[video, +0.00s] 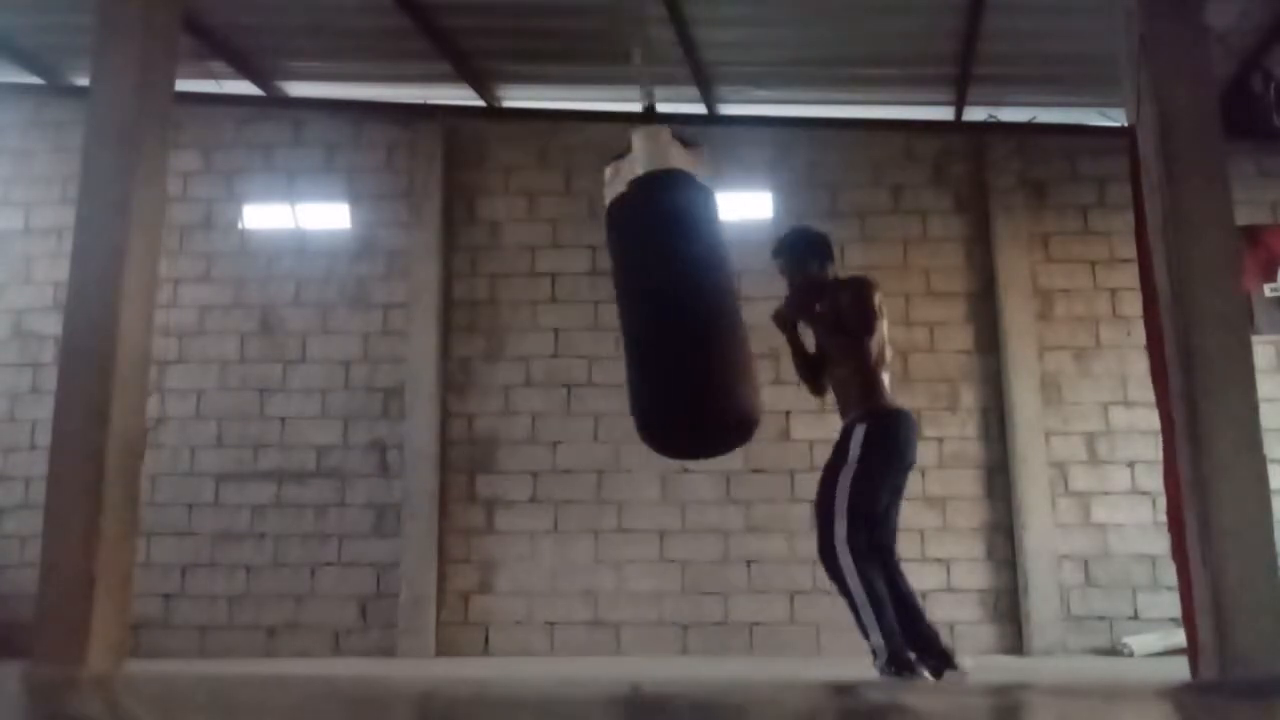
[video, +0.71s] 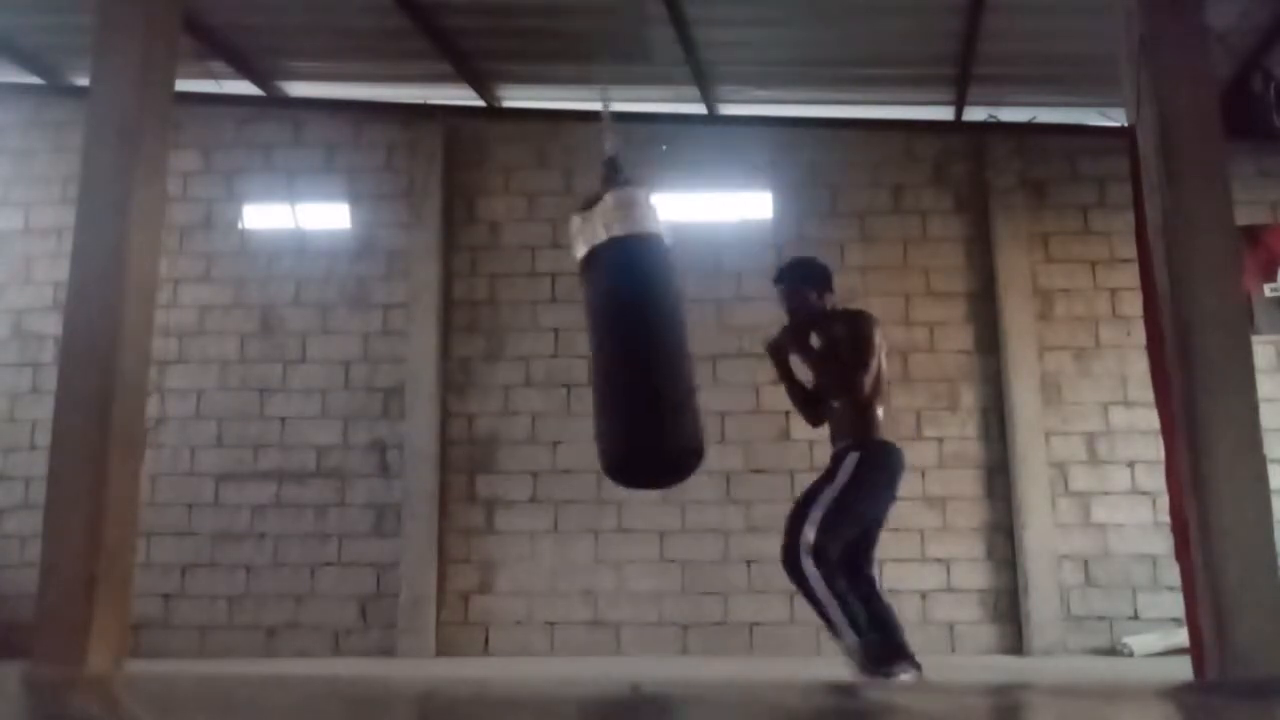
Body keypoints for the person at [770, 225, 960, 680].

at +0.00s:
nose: (784, 283)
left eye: (787, 271)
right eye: (782, 273)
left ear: (813, 265)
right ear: (812, 267)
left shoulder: (856, 290)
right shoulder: (823, 313)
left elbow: (868, 353)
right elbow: (816, 382)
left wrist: (818, 314)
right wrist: (791, 334)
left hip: (872, 430)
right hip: (886, 430)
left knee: (840, 544)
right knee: (876, 549)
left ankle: (896, 664)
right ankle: (933, 657)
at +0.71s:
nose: (786, 307)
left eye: (792, 296)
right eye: (783, 298)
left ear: (818, 295)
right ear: (801, 300)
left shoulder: (859, 325)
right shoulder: (815, 344)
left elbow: (858, 389)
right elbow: (813, 414)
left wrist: (805, 348)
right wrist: (782, 365)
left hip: (865, 458)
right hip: (864, 460)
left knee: (803, 550)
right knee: (851, 567)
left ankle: (869, 658)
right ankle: (897, 663)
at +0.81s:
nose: (782, 296)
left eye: (788, 284)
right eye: (780, 286)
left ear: (813, 281)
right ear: (792, 286)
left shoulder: (850, 316)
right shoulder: (802, 335)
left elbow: (854, 374)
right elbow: (789, 401)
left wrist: (803, 333)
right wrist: (770, 350)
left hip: (855, 449)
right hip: (842, 452)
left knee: (802, 532)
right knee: (850, 569)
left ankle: (816, 665)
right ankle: (906, 673)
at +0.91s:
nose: (777, 297)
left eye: (784, 286)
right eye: (775, 287)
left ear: (809, 286)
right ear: (777, 290)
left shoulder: (843, 325)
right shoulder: (787, 338)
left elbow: (851, 370)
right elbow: (763, 406)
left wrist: (798, 340)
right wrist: (754, 352)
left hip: (844, 460)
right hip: (823, 462)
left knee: (807, 566)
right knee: (843, 581)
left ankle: (769, 678)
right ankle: (909, 679)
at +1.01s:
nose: (760, 310)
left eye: (766, 300)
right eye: (758, 300)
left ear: (791, 299)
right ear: (765, 300)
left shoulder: (828, 339)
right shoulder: (768, 348)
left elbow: (834, 411)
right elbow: (747, 419)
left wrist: (779, 364)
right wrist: (745, 370)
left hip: (828, 471)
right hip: (805, 472)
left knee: (782, 577)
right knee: (827, 587)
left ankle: (756, 690)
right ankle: (906, 681)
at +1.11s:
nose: (734, 322)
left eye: (739, 312)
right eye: (731, 312)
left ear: (762, 311)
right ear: (738, 316)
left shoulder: (803, 347)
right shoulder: (732, 363)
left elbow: (812, 418)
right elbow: (733, 429)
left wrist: (760, 376)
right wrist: (727, 381)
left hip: (812, 472)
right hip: (787, 474)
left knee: (753, 563)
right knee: (812, 594)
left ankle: (744, 683)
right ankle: (902, 676)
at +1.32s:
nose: (671, 312)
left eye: (674, 301)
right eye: (670, 302)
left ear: (692, 299)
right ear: (706, 297)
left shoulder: (748, 326)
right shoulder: (699, 343)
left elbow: (754, 392)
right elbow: (702, 417)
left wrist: (694, 351)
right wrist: (670, 371)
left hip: (781, 459)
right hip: (765, 459)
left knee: (728, 577)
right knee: (742, 578)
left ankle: (737, 691)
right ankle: (838, 668)